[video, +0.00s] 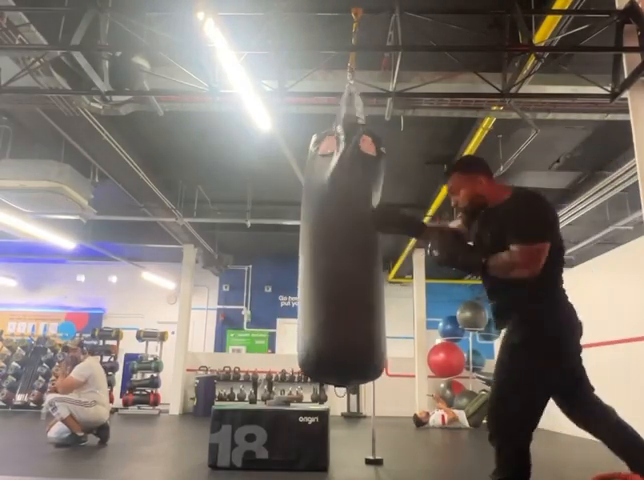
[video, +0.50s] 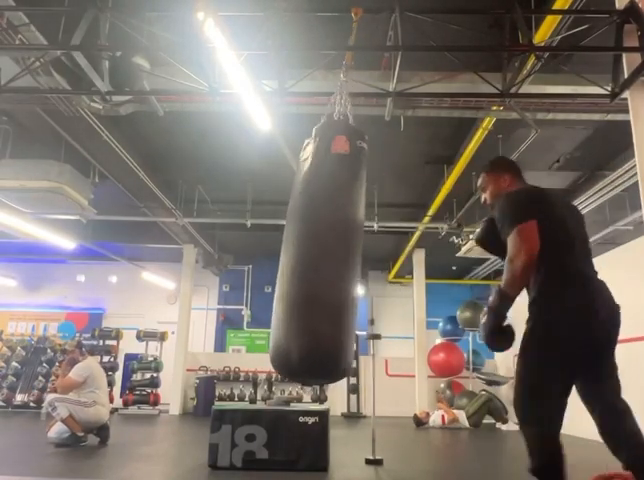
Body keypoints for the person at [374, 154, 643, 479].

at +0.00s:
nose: (457, 201)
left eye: (457, 192)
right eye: (453, 195)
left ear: (480, 180)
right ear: (481, 182)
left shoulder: (527, 204)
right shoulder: (483, 217)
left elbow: (528, 263)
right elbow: (449, 234)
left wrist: (470, 259)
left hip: (537, 328)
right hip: (547, 325)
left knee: (508, 430)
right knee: (584, 408)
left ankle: (510, 475)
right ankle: (642, 460)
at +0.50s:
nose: (484, 200)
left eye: (484, 189)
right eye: (481, 192)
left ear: (504, 178)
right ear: (516, 179)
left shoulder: (513, 200)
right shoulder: (562, 204)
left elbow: (524, 252)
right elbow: (561, 263)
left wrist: (495, 313)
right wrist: (505, 249)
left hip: (557, 310)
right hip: (598, 304)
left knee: (535, 409)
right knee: (606, 402)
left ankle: (548, 473)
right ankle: (640, 466)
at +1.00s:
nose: (499, 210)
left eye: (499, 199)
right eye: (497, 203)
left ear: (519, 187)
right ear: (526, 187)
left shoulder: (542, 204)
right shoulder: (573, 209)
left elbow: (539, 254)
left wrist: (495, 255)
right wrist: (518, 236)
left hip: (561, 326)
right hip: (597, 323)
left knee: (528, 419)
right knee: (608, 417)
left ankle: (513, 473)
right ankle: (634, 471)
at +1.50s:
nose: (435, 212)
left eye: (434, 205)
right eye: (432, 206)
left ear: (445, 199)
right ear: (465, 191)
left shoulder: (452, 229)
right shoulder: (512, 208)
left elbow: (447, 291)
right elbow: (537, 245)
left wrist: (447, 266)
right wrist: (502, 250)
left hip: (493, 335)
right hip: (543, 328)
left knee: (464, 431)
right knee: (579, 413)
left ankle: (452, 474)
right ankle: (626, 474)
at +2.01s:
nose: (484, 209)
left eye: (484, 203)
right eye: (482, 205)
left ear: (497, 192)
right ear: (516, 189)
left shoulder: (498, 212)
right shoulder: (570, 215)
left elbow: (493, 260)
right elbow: (573, 275)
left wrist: (468, 308)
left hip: (527, 334)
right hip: (579, 334)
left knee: (491, 422)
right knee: (594, 427)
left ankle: (475, 472)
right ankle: (616, 476)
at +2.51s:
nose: (509, 189)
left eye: (509, 179)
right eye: (506, 183)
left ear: (530, 167)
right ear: (538, 167)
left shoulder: (547, 191)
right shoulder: (590, 193)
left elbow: (562, 243)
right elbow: (589, 256)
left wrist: (520, 276)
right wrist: (527, 240)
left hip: (575, 311)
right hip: (620, 305)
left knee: (544, 401)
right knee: (636, 405)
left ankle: (562, 474)